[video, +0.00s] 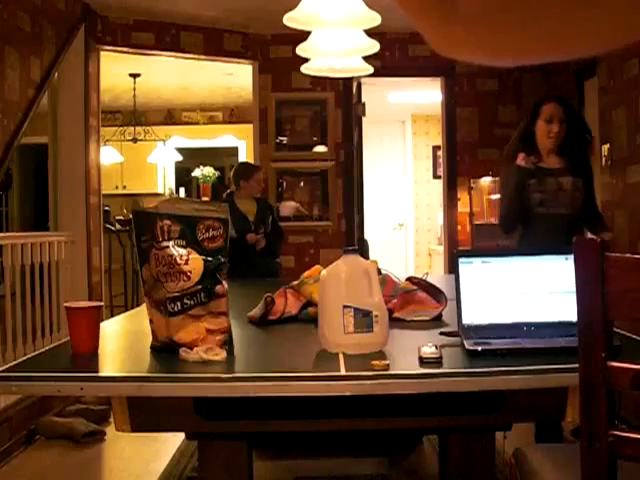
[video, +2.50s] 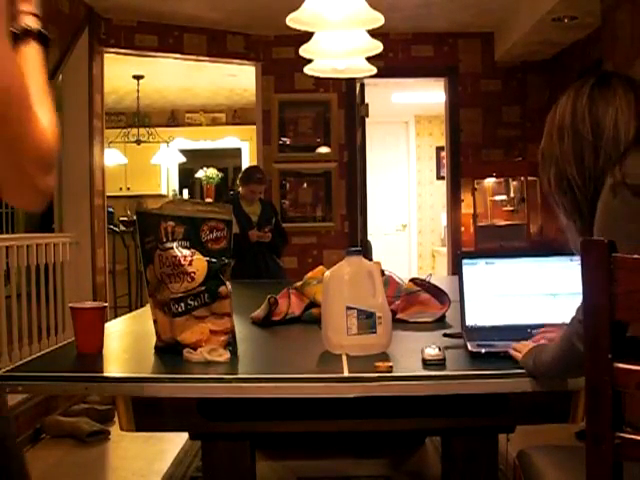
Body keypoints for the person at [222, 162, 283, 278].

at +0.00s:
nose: (262, 186)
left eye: (262, 181)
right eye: (257, 182)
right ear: (243, 183)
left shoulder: (265, 206)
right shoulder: (225, 206)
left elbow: (278, 236)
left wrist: (265, 242)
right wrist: (244, 240)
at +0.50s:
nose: (255, 193)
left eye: (258, 189)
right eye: (252, 189)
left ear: (262, 186)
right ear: (241, 186)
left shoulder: (266, 206)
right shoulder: (229, 206)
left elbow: (280, 236)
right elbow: (226, 240)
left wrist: (270, 236)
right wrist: (249, 236)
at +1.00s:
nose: (256, 197)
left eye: (260, 192)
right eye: (252, 192)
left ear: (264, 189)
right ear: (241, 187)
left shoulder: (268, 207)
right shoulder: (230, 206)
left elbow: (282, 239)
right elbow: (225, 241)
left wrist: (271, 237)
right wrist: (247, 237)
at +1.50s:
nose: (256, 197)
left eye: (260, 193)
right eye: (252, 192)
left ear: (264, 190)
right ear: (241, 187)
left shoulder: (268, 207)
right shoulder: (230, 206)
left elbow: (282, 238)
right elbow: (226, 243)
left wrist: (270, 237)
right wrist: (248, 237)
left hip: (268, 270)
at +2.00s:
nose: (256, 197)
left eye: (260, 193)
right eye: (252, 192)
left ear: (264, 189)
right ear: (241, 187)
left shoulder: (268, 207)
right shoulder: (230, 206)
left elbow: (282, 238)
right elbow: (226, 242)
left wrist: (271, 237)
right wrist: (248, 237)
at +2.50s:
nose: (256, 197)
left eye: (260, 193)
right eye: (252, 192)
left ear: (264, 190)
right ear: (241, 186)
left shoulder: (268, 207)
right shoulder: (230, 206)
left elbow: (283, 238)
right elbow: (226, 241)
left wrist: (271, 238)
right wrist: (247, 237)